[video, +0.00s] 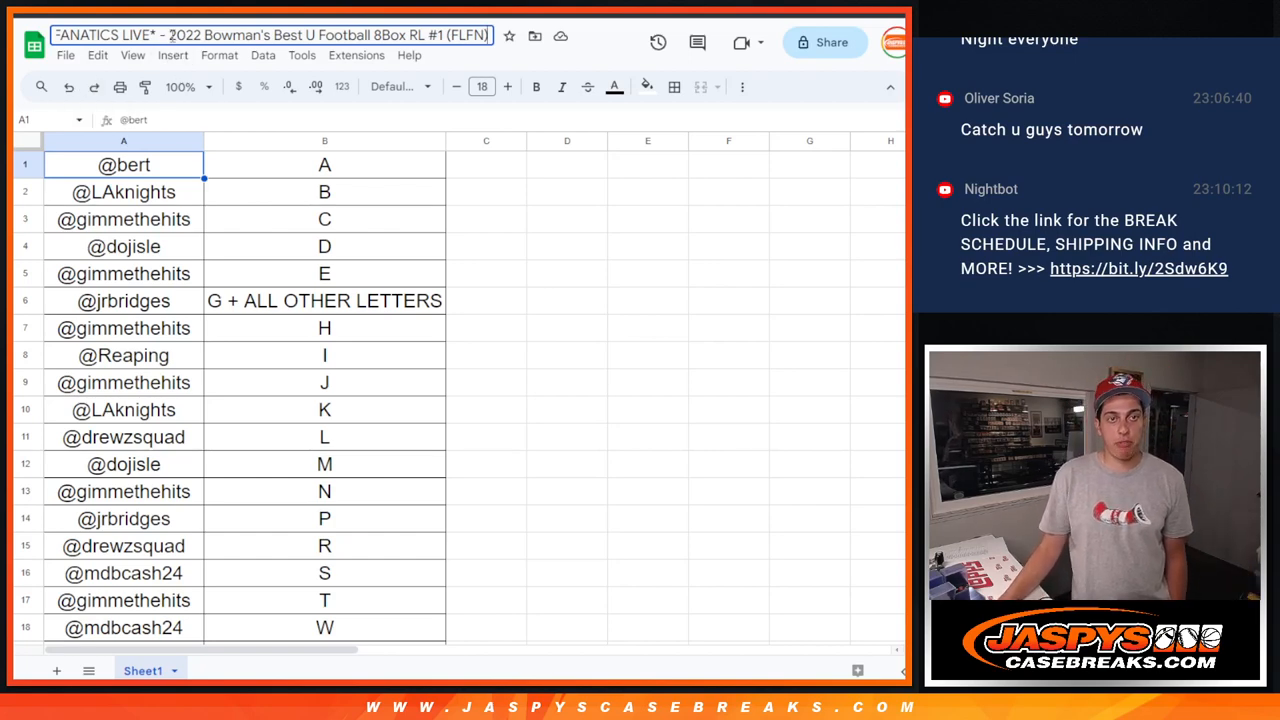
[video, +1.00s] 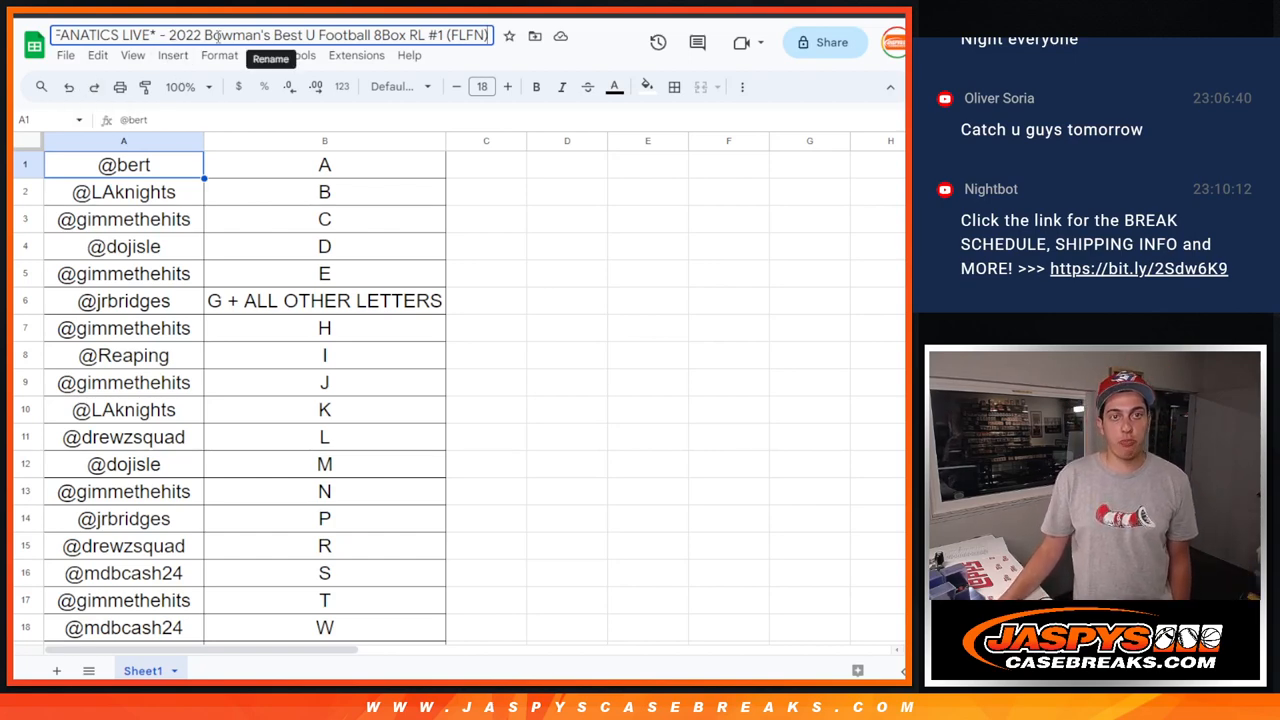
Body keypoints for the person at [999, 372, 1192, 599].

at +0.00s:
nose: (1123, 429)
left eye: (1133, 417)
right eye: (1112, 418)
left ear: (1145, 422)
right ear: (1098, 426)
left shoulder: (1170, 479)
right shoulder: (1071, 475)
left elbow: (1176, 555)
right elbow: (1049, 548)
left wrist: (1176, 603)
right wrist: (1006, 600)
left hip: (1150, 604)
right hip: (1087, 605)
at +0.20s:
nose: (1124, 429)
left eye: (1134, 416)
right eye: (1113, 417)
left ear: (1146, 421)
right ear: (1099, 425)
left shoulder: (1171, 480)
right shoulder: (1072, 476)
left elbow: (1177, 556)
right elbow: (1048, 550)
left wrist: (1177, 603)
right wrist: (1006, 601)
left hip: (1151, 605)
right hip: (1089, 606)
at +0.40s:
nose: (1125, 429)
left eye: (1135, 417)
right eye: (1114, 418)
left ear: (1146, 421)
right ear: (1099, 425)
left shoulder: (1172, 480)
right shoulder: (1072, 477)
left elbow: (1178, 556)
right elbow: (1048, 550)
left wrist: (1179, 608)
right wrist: (1005, 601)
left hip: (1152, 607)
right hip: (1090, 606)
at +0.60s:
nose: (1126, 429)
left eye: (1136, 416)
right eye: (1114, 418)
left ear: (1147, 421)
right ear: (1100, 425)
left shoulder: (1173, 480)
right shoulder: (1073, 477)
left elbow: (1179, 555)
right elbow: (1048, 551)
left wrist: (1180, 609)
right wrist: (1005, 600)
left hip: (1153, 605)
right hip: (1090, 605)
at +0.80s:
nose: (1127, 428)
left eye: (1136, 415)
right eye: (1115, 416)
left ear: (1148, 420)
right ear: (1100, 424)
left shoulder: (1174, 480)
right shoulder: (1073, 477)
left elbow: (1179, 556)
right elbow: (1049, 550)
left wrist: (1180, 610)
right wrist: (1005, 600)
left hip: (1152, 606)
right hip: (1090, 605)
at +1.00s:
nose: (1127, 427)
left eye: (1136, 415)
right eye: (1115, 416)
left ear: (1148, 421)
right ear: (1100, 424)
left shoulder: (1174, 481)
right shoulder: (1073, 477)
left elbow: (1179, 557)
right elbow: (1050, 550)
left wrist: (1180, 611)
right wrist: (1005, 601)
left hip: (1152, 607)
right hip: (1090, 607)